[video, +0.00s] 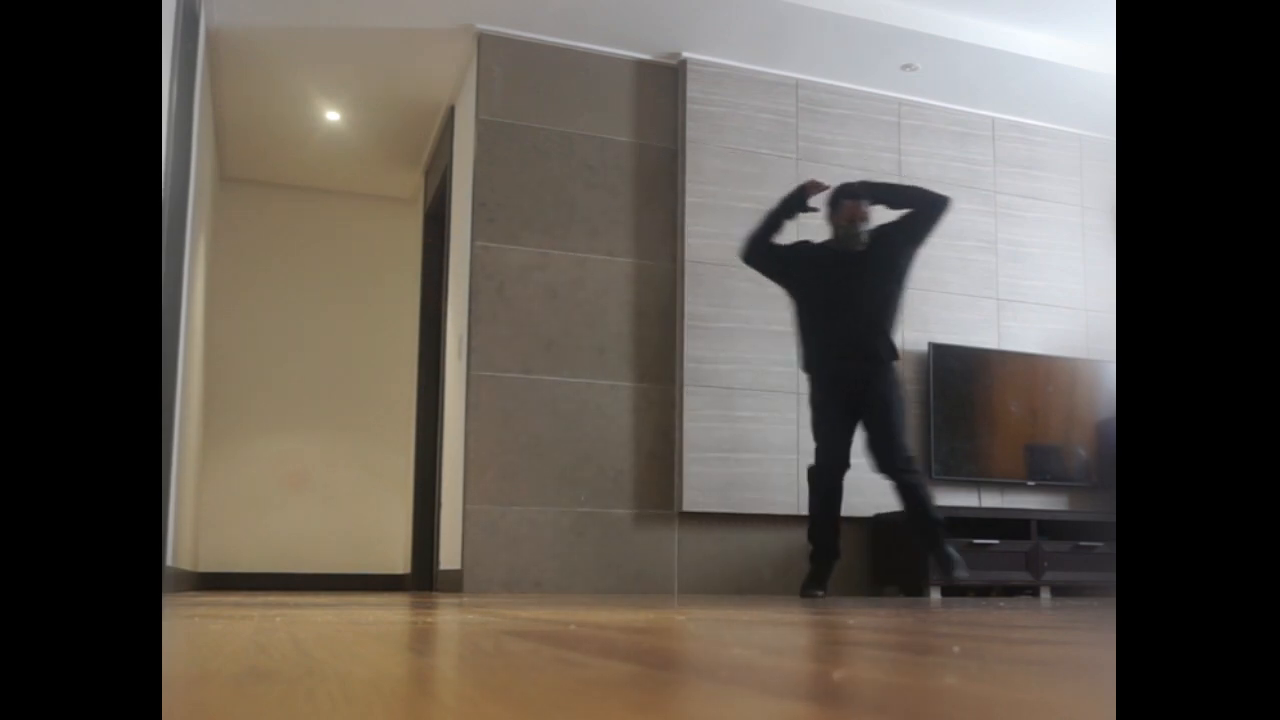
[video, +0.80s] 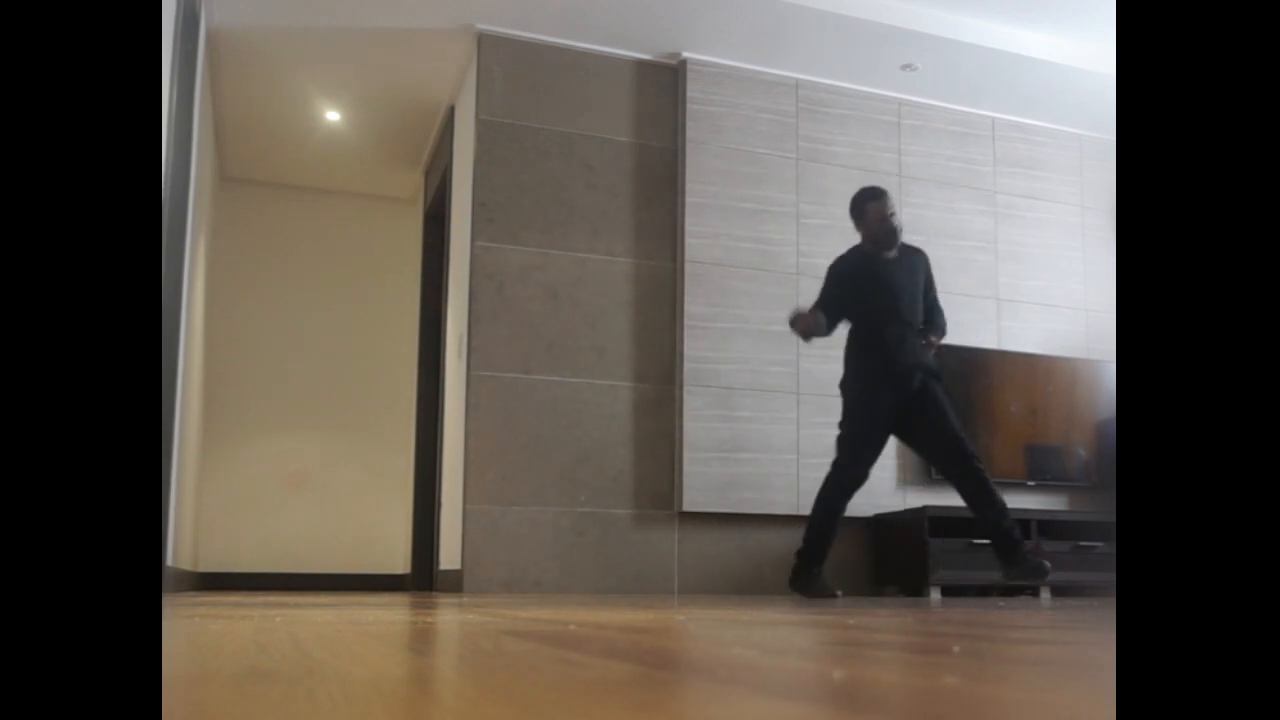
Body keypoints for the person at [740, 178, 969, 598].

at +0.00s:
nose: (857, 214)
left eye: (863, 208)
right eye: (848, 208)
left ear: (870, 214)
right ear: (831, 217)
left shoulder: (890, 247)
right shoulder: (804, 260)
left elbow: (934, 203)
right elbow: (754, 251)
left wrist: (869, 190)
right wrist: (794, 201)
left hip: (877, 378)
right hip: (829, 381)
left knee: (896, 461)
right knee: (828, 471)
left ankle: (941, 554)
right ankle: (820, 568)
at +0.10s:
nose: (887, 219)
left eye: (892, 212)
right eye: (879, 212)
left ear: (900, 215)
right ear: (862, 218)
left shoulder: (920, 249)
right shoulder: (838, 262)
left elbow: (964, 209)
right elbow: (787, 282)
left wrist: (914, 187)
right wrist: (801, 227)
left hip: (905, 381)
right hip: (852, 382)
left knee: (934, 472)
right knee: (819, 460)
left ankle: (957, 575)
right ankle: (822, 560)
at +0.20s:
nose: (907, 223)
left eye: (911, 217)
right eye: (897, 217)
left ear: (918, 221)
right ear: (880, 225)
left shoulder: (939, 259)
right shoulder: (858, 272)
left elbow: (983, 226)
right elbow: (811, 309)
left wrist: (938, 191)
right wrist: (808, 260)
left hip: (922, 391)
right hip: (869, 389)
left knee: (951, 480)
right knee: (823, 454)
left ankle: (958, 578)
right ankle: (819, 562)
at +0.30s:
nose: (923, 232)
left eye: (929, 225)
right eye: (916, 224)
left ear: (935, 225)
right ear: (896, 222)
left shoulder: (946, 262)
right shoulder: (868, 267)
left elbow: (995, 272)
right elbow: (847, 321)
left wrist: (985, 221)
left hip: (936, 385)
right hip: (888, 381)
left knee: (950, 477)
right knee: (871, 460)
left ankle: (957, 577)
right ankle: (809, 551)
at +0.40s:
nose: (933, 227)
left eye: (936, 219)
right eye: (925, 220)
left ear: (938, 220)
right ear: (902, 219)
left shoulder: (947, 265)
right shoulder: (870, 264)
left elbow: (981, 309)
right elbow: (851, 326)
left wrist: (1009, 266)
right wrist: (837, 381)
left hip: (939, 384)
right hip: (893, 382)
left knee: (949, 479)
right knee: (896, 468)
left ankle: (957, 577)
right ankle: (812, 550)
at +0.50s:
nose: (931, 218)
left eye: (930, 210)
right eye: (921, 212)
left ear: (923, 216)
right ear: (899, 219)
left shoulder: (938, 267)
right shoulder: (879, 265)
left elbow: (942, 330)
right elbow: (858, 328)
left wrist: (981, 316)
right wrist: (836, 385)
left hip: (942, 386)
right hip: (895, 383)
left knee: (959, 480)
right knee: (868, 464)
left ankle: (957, 578)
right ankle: (799, 554)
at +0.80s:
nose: (892, 222)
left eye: (893, 215)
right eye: (882, 218)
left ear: (898, 216)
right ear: (861, 226)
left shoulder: (916, 260)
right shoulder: (847, 268)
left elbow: (933, 312)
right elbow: (827, 317)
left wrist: (933, 333)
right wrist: (809, 325)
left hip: (915, 385)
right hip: (869, 388)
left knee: (963, 464)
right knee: (847, 475)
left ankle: (1014, 555)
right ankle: (806, 571)